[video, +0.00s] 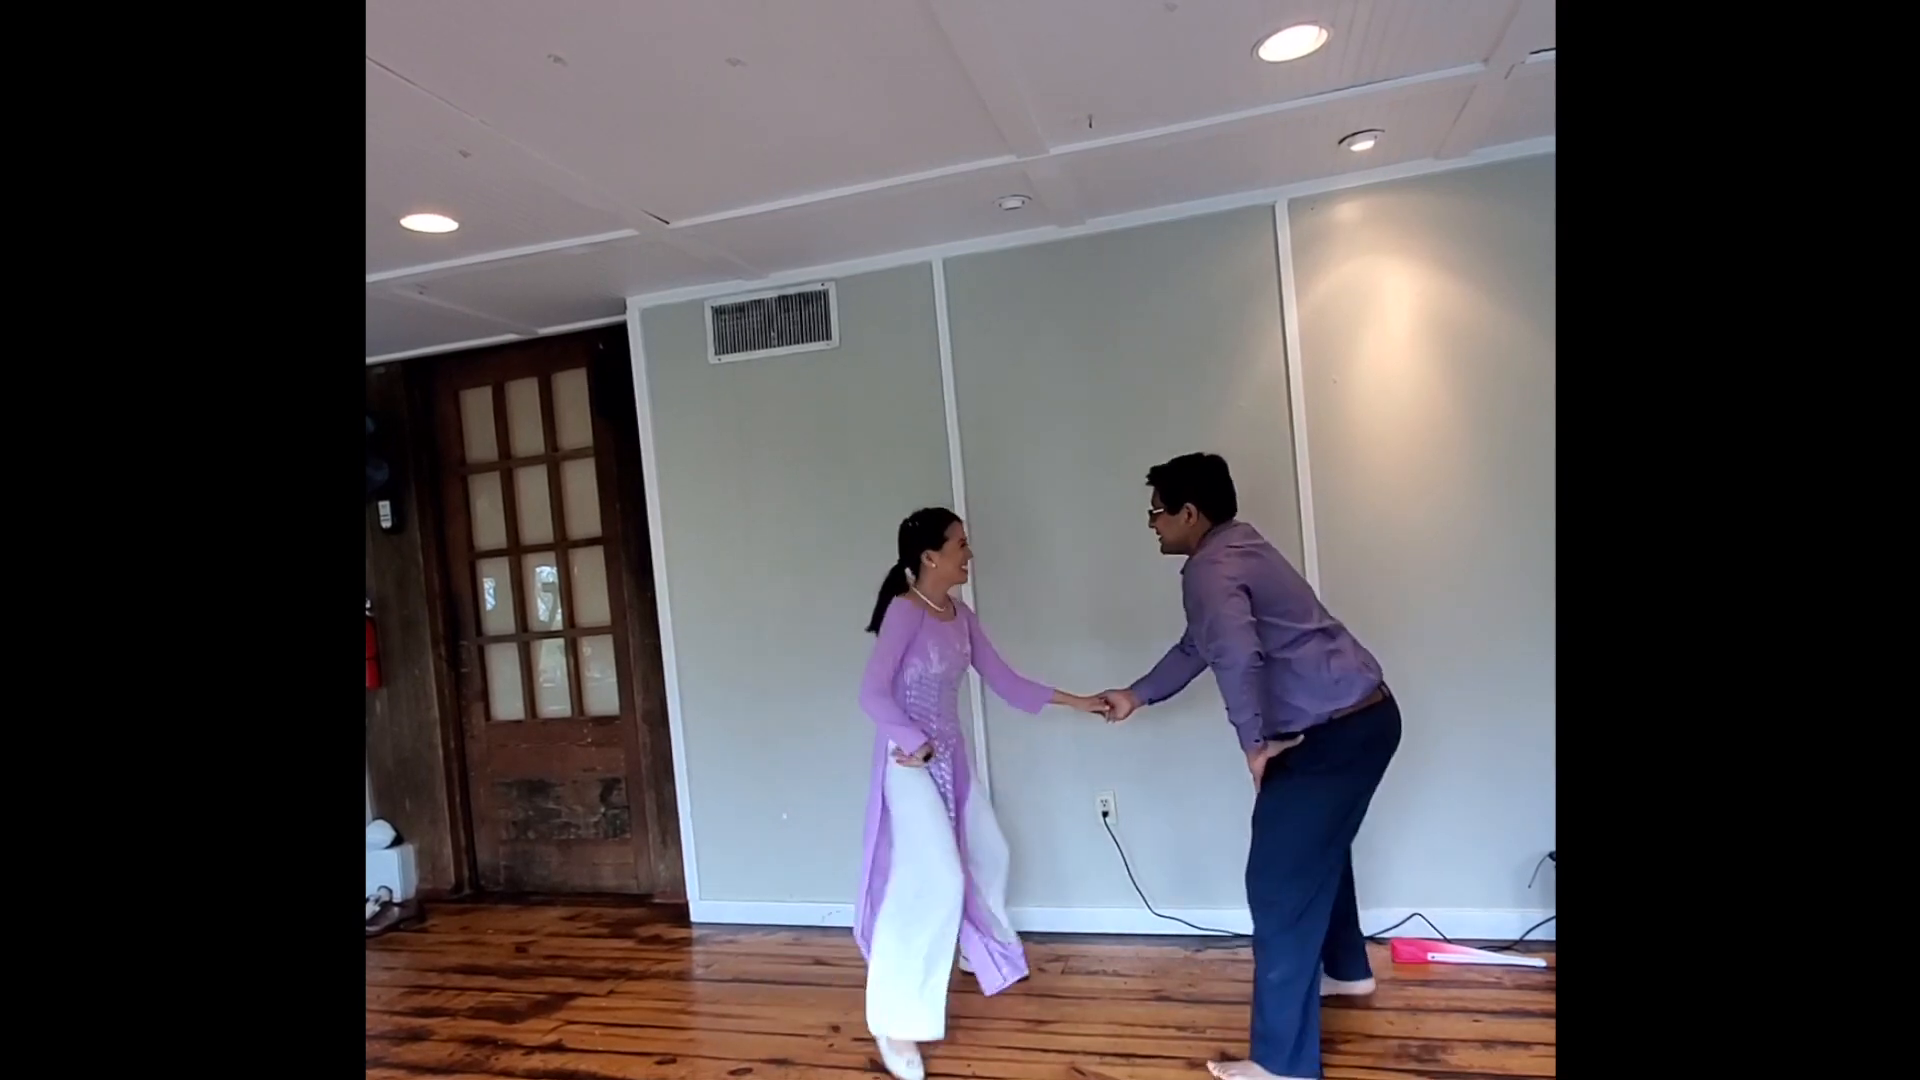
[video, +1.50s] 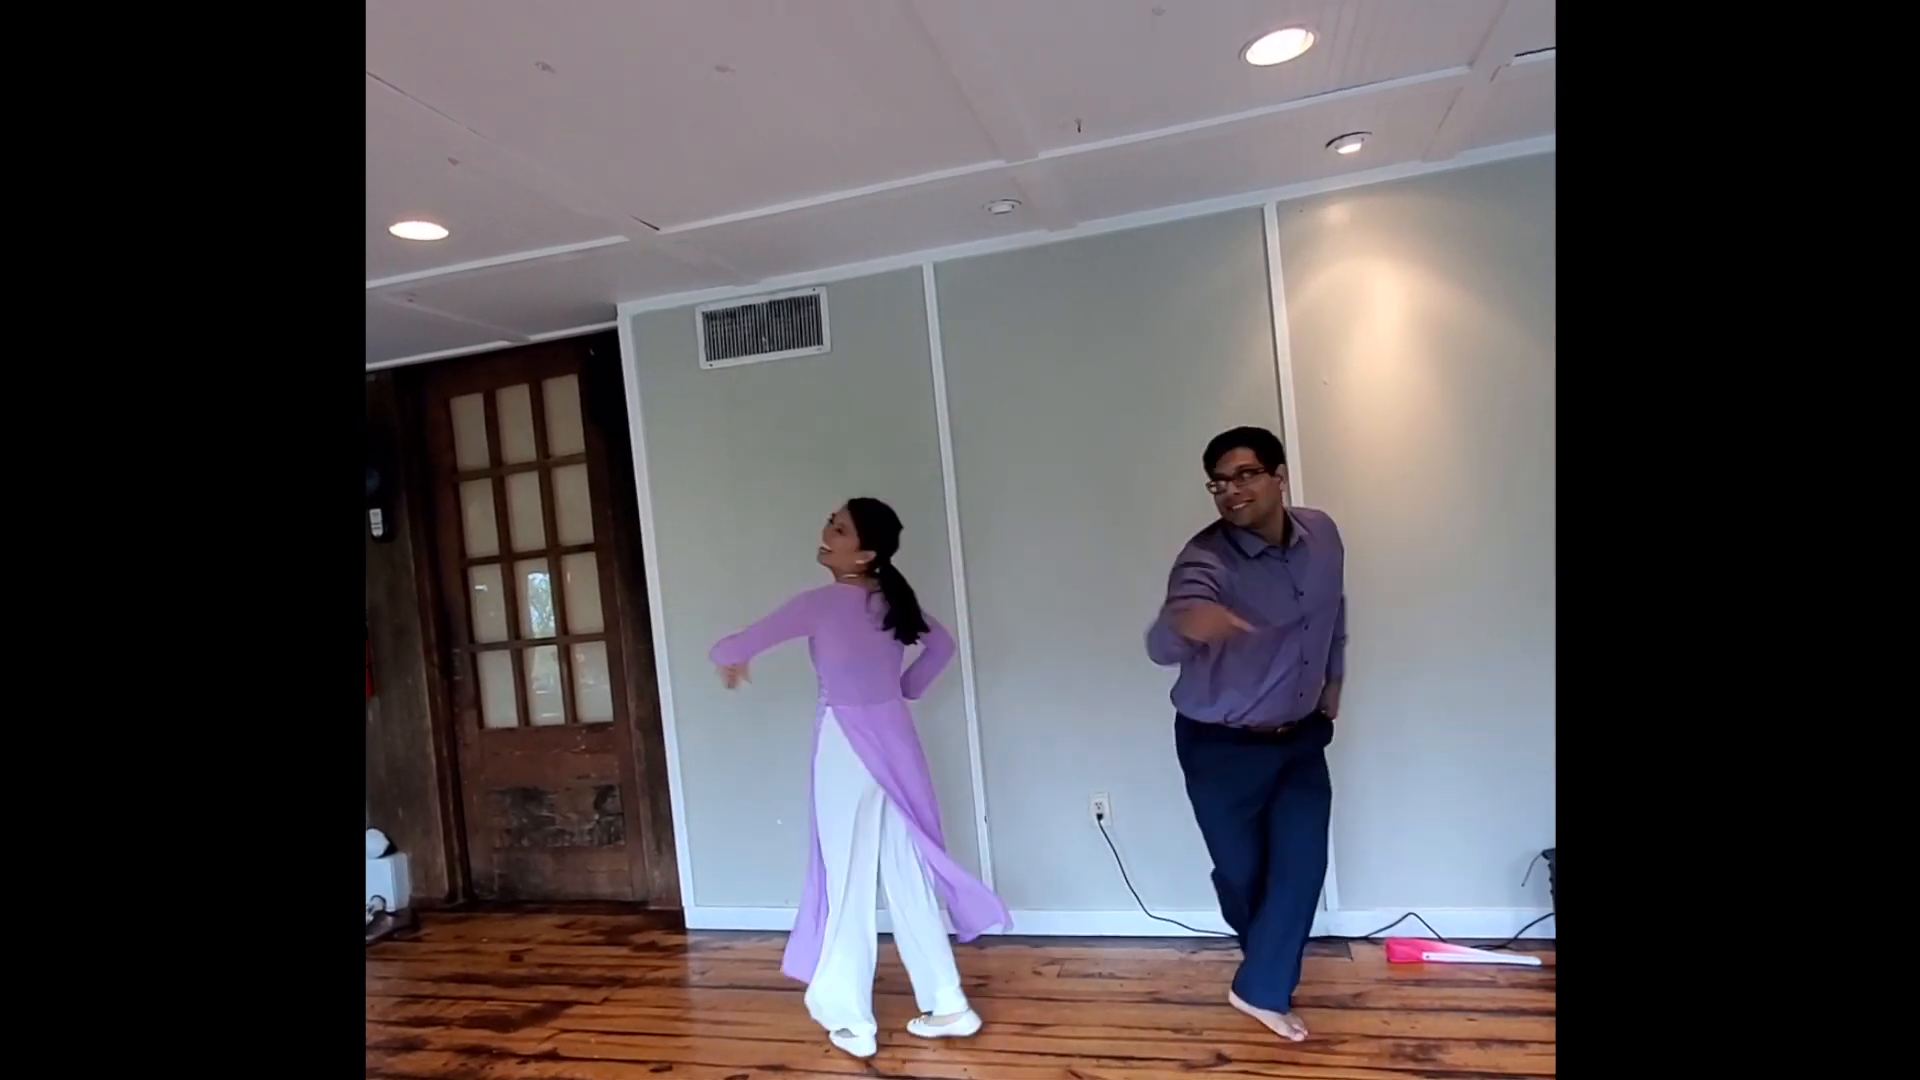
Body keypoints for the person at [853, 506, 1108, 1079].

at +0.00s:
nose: (969, 554)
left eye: (967, 545)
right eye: (960, 546)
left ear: (938, 556)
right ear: (929, 556)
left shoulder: (961, 615)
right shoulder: (906, 612)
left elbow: (1006, 682)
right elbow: (873, 690)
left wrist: (1077, 701)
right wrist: (906, 735)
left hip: (953, 756)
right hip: (909, 759)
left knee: (989, 853)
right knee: (935, 870)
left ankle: (988, 951)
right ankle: (893, 1020)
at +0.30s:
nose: (981, 526)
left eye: (976, 518)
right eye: (970, 520)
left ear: (953, 539)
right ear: (946, 539)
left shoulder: (987, 590)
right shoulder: (919, 595)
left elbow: (1018, 651)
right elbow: (870, 662)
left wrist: (1086, 659)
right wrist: (908, 716)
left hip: (980, 723)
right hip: (936, 729)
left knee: (999, 826)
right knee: (954, 833)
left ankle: (984, 935)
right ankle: (968, 939)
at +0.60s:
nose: (985, 547)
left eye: (981, 539)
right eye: (975, 541)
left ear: (956, 554)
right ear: (946, 555)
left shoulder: (990, 614)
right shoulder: (911, 616)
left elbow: (1010, 676)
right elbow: (865, 682)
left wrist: (1077, 680)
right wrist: (901, 733)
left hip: (985, 740)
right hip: (933, 748)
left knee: (1002, 844)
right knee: (964, 861)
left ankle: (1001, 938)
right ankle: (949, 912)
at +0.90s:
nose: (969, 547)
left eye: (968, 539)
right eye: (959, 538)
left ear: (945, 550)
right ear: (927, 547)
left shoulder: (974, 612)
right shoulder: (884, 609)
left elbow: (1006, 673)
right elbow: (842, 659)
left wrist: (1024, 700)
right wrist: (852, 719)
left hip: (966, 751)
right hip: (913, 755)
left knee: (976, 856)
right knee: (912, 870)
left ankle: (992, 953)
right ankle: (960, 988)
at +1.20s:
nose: (923, 547)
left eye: (932, 544)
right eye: (915, 534)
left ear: (932, 560)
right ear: (885, 542)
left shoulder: (923, 610)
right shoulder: (857, 600)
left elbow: (954, 655)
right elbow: (850, 657)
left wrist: (940, 643)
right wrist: (836, 699)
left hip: (918, 750)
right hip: (882, 751)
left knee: (865, 875)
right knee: (913, 871)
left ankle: (964, 950)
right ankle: (953, 996)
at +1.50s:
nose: (825, 533)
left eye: (837, 530)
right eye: (830, 524)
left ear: (864, 553)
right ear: (869, 556)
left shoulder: (821, 603)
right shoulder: (893, 600)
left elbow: (744, 643)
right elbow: (943, 643)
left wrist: (728, 659)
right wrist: (906, 690)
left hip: (847, 741)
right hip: (897, 736)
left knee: (846, 877)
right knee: (909, 871)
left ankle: (850, 1017)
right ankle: (948, 1004)